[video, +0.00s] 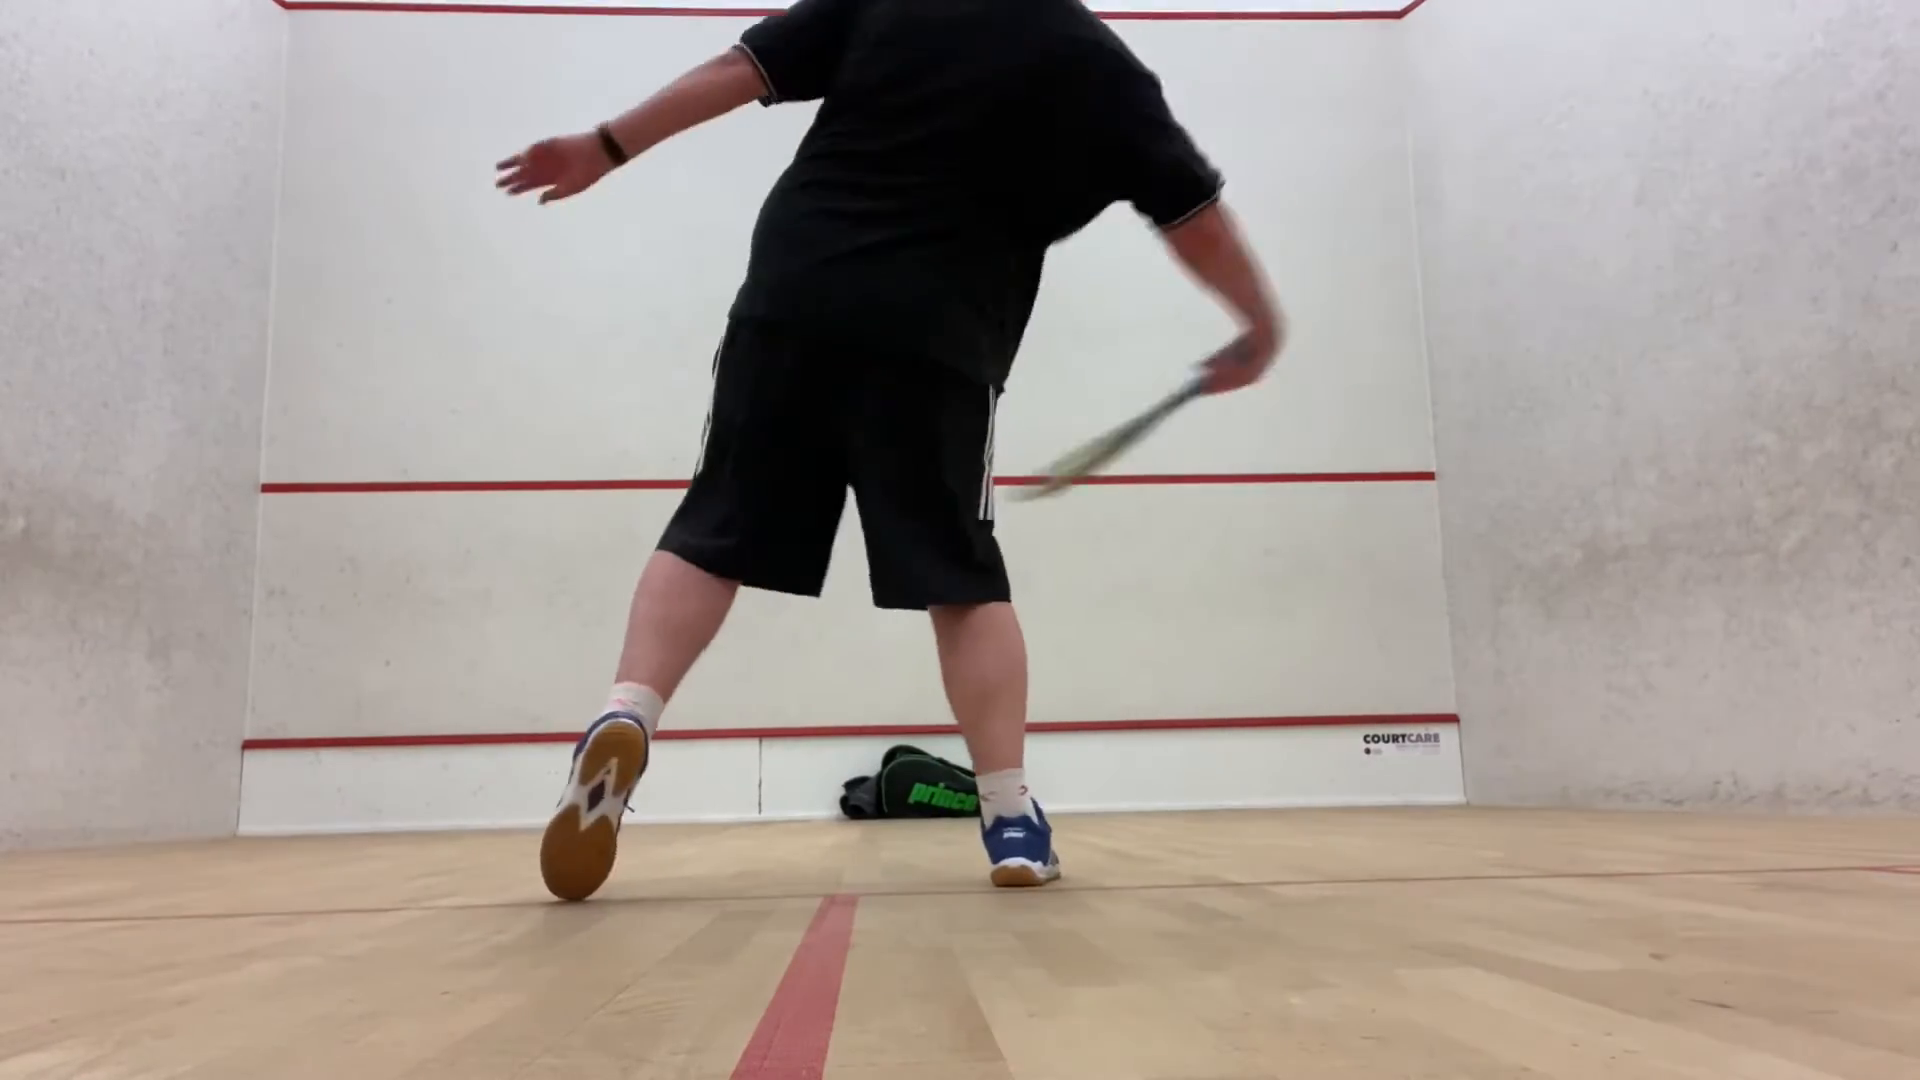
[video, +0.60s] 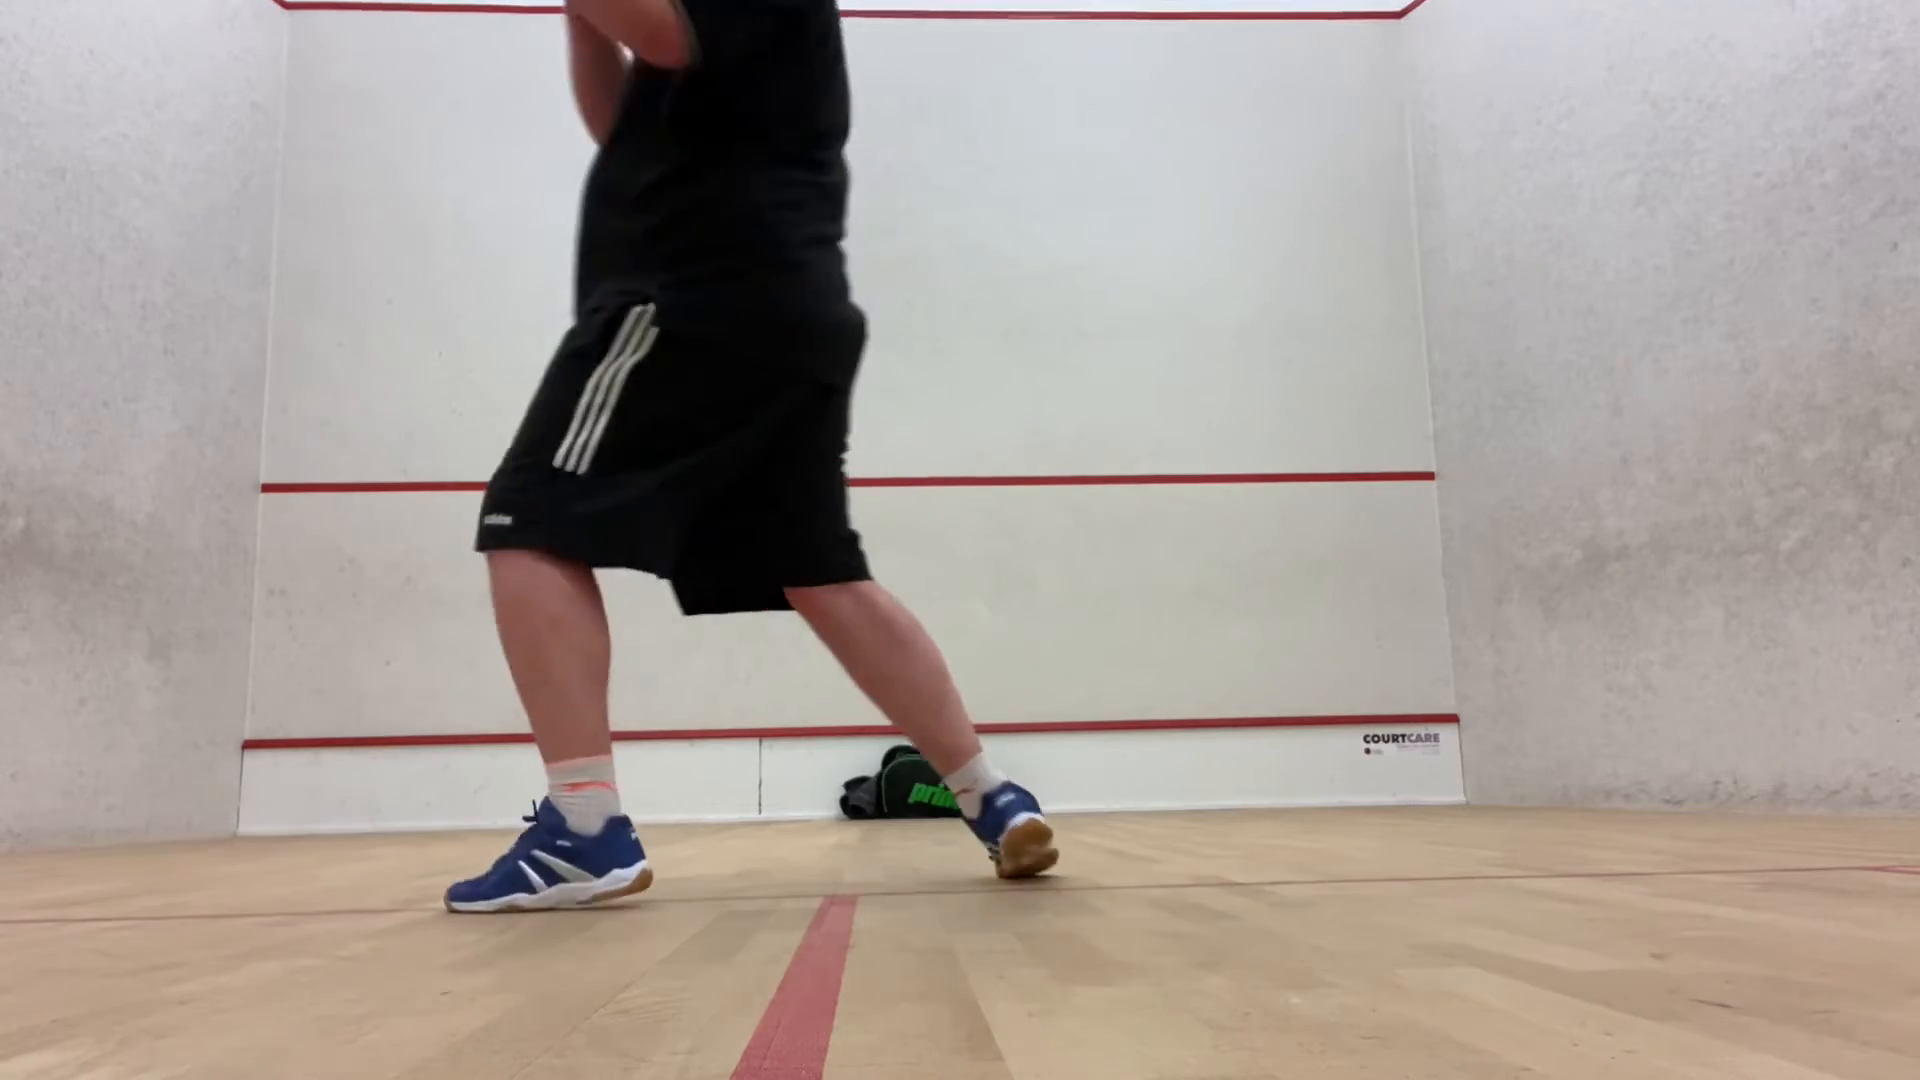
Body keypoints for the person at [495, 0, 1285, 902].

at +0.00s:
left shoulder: (881, 8)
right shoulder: (1099, 66)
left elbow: (747, 67)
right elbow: (1195, 222)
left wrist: (605, 143)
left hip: (784, 315)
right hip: (933, 349)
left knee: (719, 518)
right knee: (960, 570)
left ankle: (628, 708)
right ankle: (1012, 818)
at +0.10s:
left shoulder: (865, 7)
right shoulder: (1079, 88)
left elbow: (764, 76)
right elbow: (1080, 274)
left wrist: (638, 160)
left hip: (790, 323)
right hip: (941, 364)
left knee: (706, 527)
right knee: (967, 579)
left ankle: (622, 721)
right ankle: (1013, 818)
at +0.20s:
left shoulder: (840, 3)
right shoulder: (1042, 75)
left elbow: (773, 83)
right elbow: (1014, 274)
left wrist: (670, 194)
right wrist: (919, 318)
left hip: (784, 333)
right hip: (929, 365)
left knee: (706, 543)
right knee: (962, 584)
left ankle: (625, 756)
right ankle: (1010, 815)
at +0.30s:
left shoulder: (825, 3)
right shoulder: (1006, 64)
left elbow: (771, 85)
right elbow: (993, 257)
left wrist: (671, 218)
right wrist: (893, 310)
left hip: (781, 338)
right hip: (918, 365)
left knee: (701, 554)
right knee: (951, 589)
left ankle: (626, 781)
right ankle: (1008, 809)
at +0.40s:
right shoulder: (943, 38)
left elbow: (776, 93)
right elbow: (928, 195)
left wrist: (646, 223)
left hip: (763, 324)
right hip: (906, 338)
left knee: (646, 540)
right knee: (917, 572)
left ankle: (599, 788)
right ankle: (1012, 807)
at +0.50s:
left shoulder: (784, 1)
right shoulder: (864, 27)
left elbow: (773, 96)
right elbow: (819, 156)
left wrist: (592, 132)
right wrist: (679, 114)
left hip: (745, 308)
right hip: (876, 321)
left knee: (574, 517)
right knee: (870, 563)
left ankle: (576, 803)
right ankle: (1009, 803)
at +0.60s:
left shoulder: (758, 11)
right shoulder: (796, 21)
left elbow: (664, 32)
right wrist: (580, 7)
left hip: (682, 298)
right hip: (800, 300)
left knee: (527, 530)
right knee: (820, 564)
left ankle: (585, 825)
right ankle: (991, 798)